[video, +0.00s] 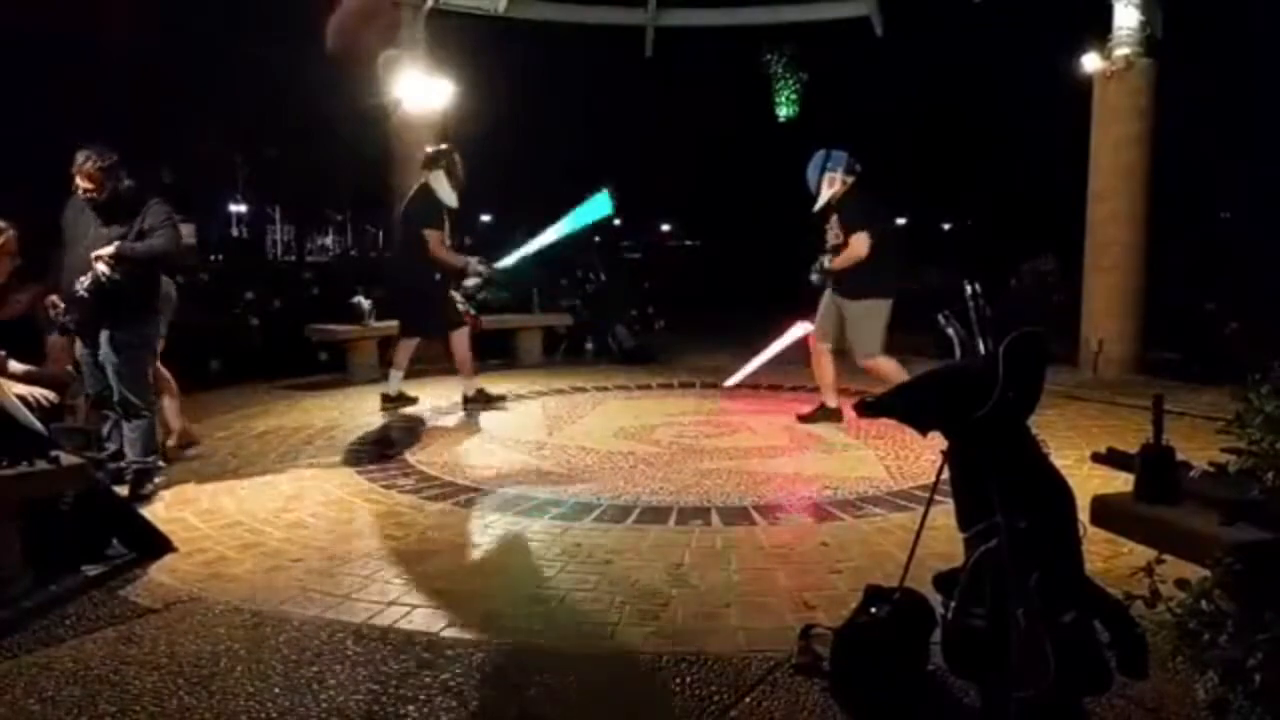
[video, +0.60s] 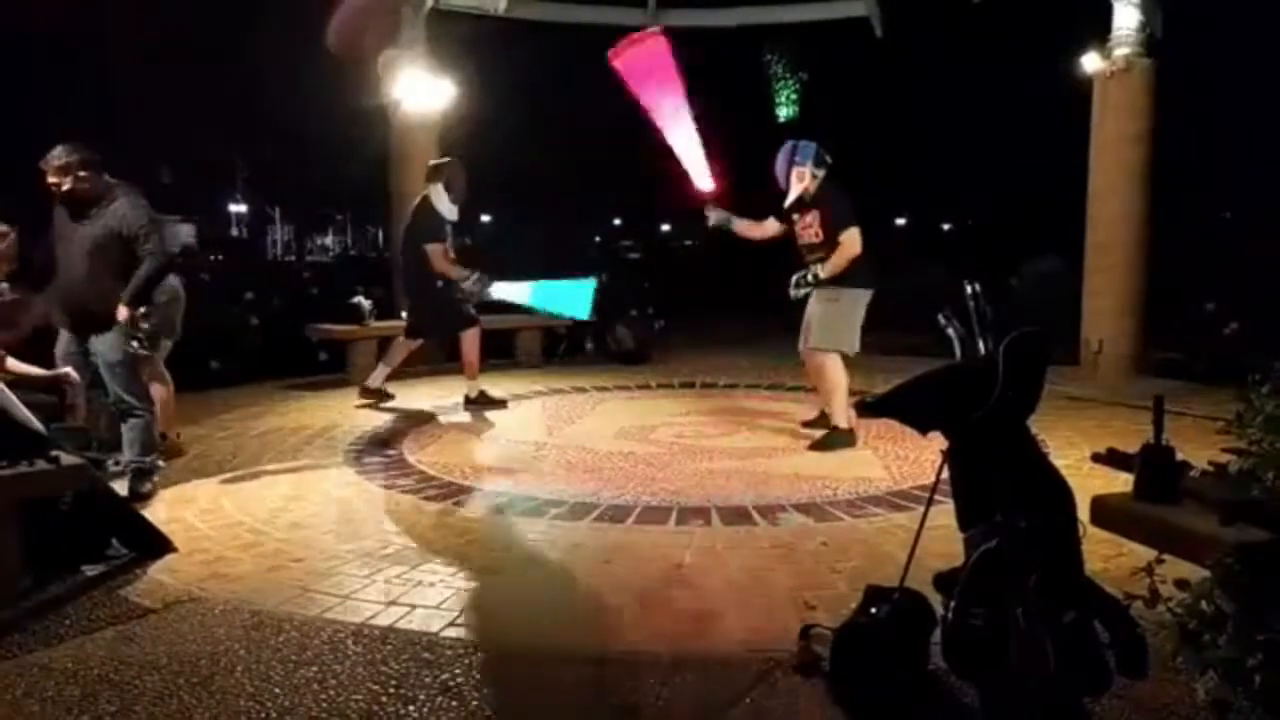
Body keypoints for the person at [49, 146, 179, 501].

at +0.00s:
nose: (86, 194)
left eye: (93, 187)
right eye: (81, 187)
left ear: (114, 179)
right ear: (75, 182)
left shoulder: (143, 206)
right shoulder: (75, 209)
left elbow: (169, 245)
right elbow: (67, 254)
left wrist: (120, 250)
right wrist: (56, 288)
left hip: (130, 317)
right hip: (86, 317)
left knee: (132, 399)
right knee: (101, 398)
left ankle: (142, 468)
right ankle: (112, 459)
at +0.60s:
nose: (55, 189)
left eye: (60, 182)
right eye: (52, 183)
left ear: (84, 175)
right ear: (61, 180)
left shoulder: (126, 207)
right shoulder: (63, 212)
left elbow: (156, 257)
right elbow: (63, 264)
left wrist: (128, 301)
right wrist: (58, 304)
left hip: (112, 323)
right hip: (73, 323)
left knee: (129, 403)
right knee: (72, 398)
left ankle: (140, 468)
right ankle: (85, 461)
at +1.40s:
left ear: (5, 200)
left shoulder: (50, 202)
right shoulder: (5, 248)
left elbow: (106, 226)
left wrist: (115, 276)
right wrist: (17, 326)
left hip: (95, 312)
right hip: (43, 327)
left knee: (110, 393)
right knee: (41, 398)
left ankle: (127, 469)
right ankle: (57, 475)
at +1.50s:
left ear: (4, 200)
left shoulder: (48, 201)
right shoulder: (5, 247)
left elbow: (105, 226)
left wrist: (114, 276)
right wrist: (16, 330)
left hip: (94, 313)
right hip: (42, 326)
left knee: (110, 393)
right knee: (36, 396)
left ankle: (127, 469)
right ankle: (56, 473)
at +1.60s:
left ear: (6, 196)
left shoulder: (50, 201)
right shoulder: (5, 241)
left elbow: (105, 228)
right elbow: (8, 295)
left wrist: (113, 277)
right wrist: (17, 327)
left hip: (92, 314)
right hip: (40, 326)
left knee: (109, 394)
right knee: (35, 398)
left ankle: (125, 470)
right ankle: (54, 474)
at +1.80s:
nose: (1, 214)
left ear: (5, 190)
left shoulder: (60, 201)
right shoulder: (7, 238)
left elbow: (112, 226)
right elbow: (10, 285)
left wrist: (104, 272)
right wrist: (22, 314)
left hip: (91, 317)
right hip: (46, 325)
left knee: (107, 398)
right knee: (40, 400)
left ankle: (125, 471)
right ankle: (55, 474)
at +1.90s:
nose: (2, 207)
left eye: (2, 200)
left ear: (10, 187)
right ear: (4, 193)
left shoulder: (66, 199)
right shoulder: (7, 231)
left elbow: (114, 225)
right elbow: (7, 282)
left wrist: (95, 266)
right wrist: (15, 310)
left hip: (89, 316)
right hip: (45, 325)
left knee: (105, 395)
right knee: (43, 401)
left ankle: (126, 471)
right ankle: (62, 473)